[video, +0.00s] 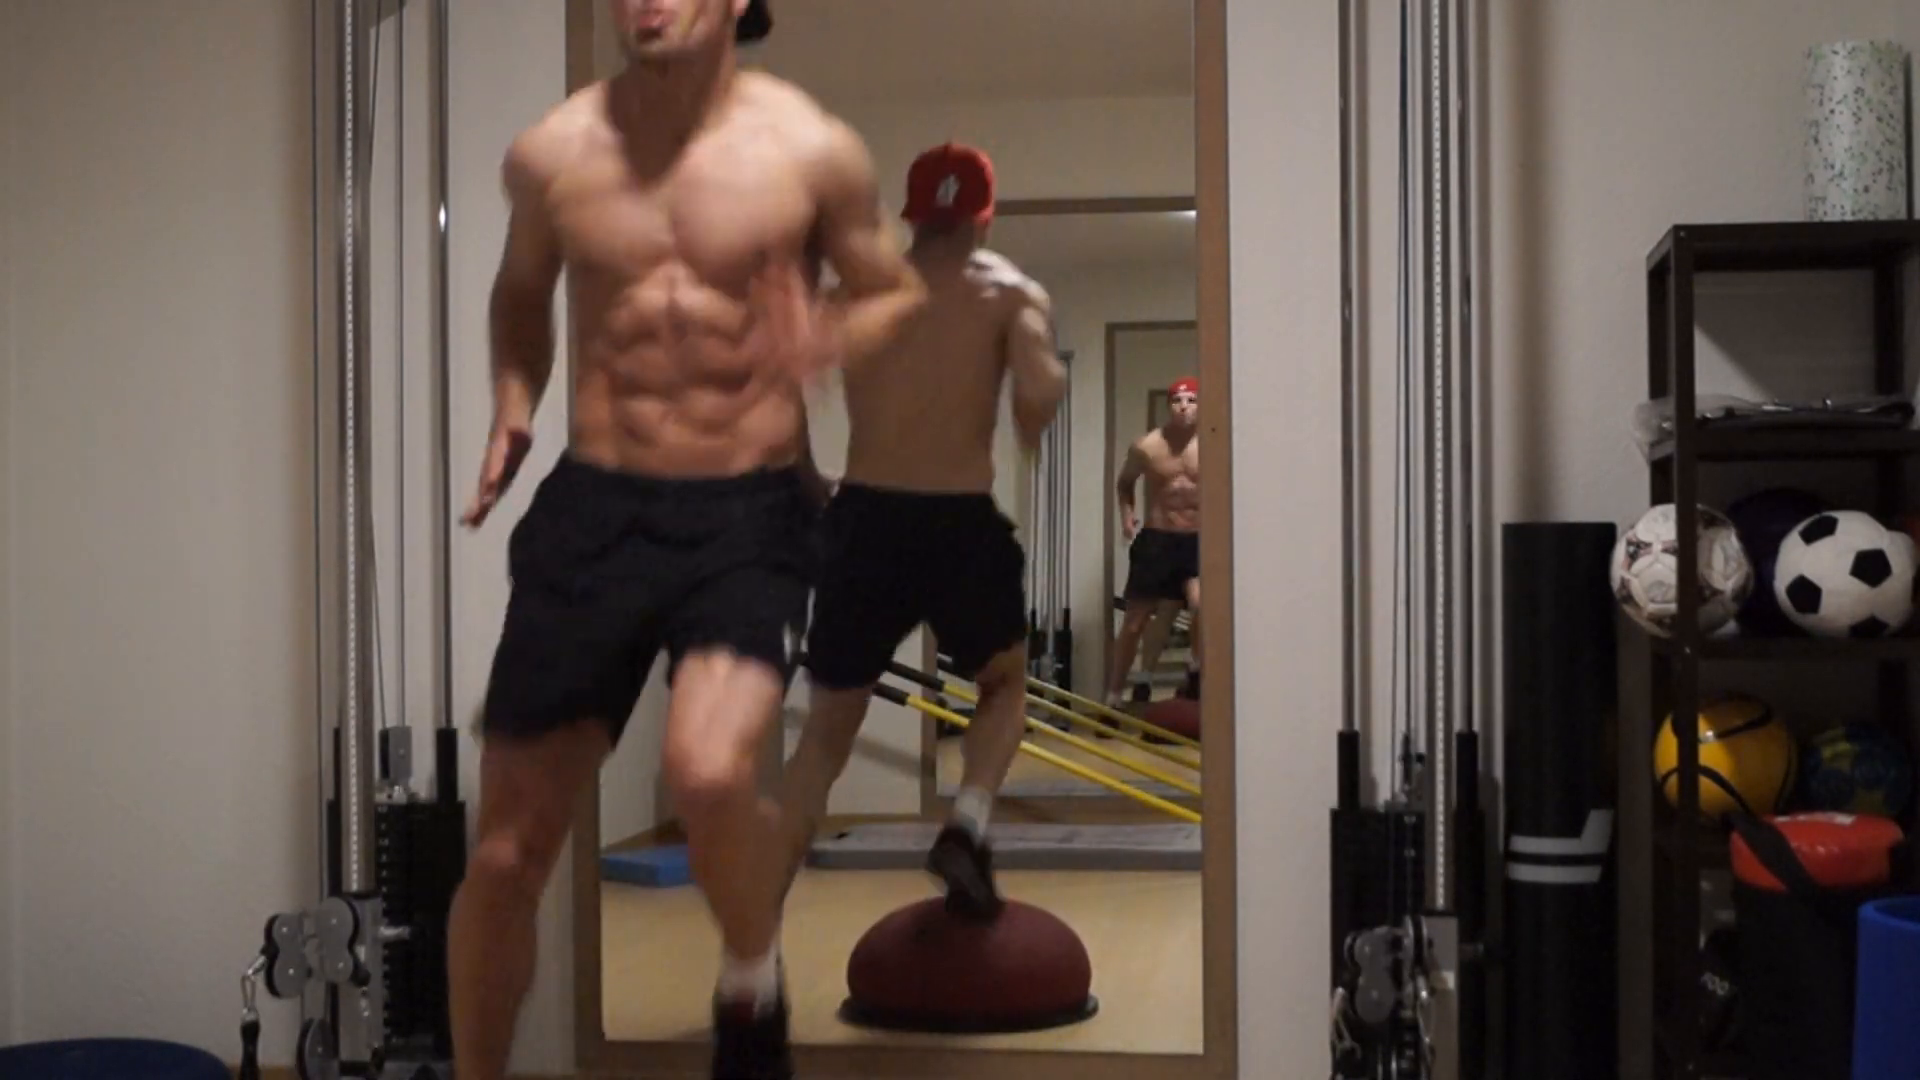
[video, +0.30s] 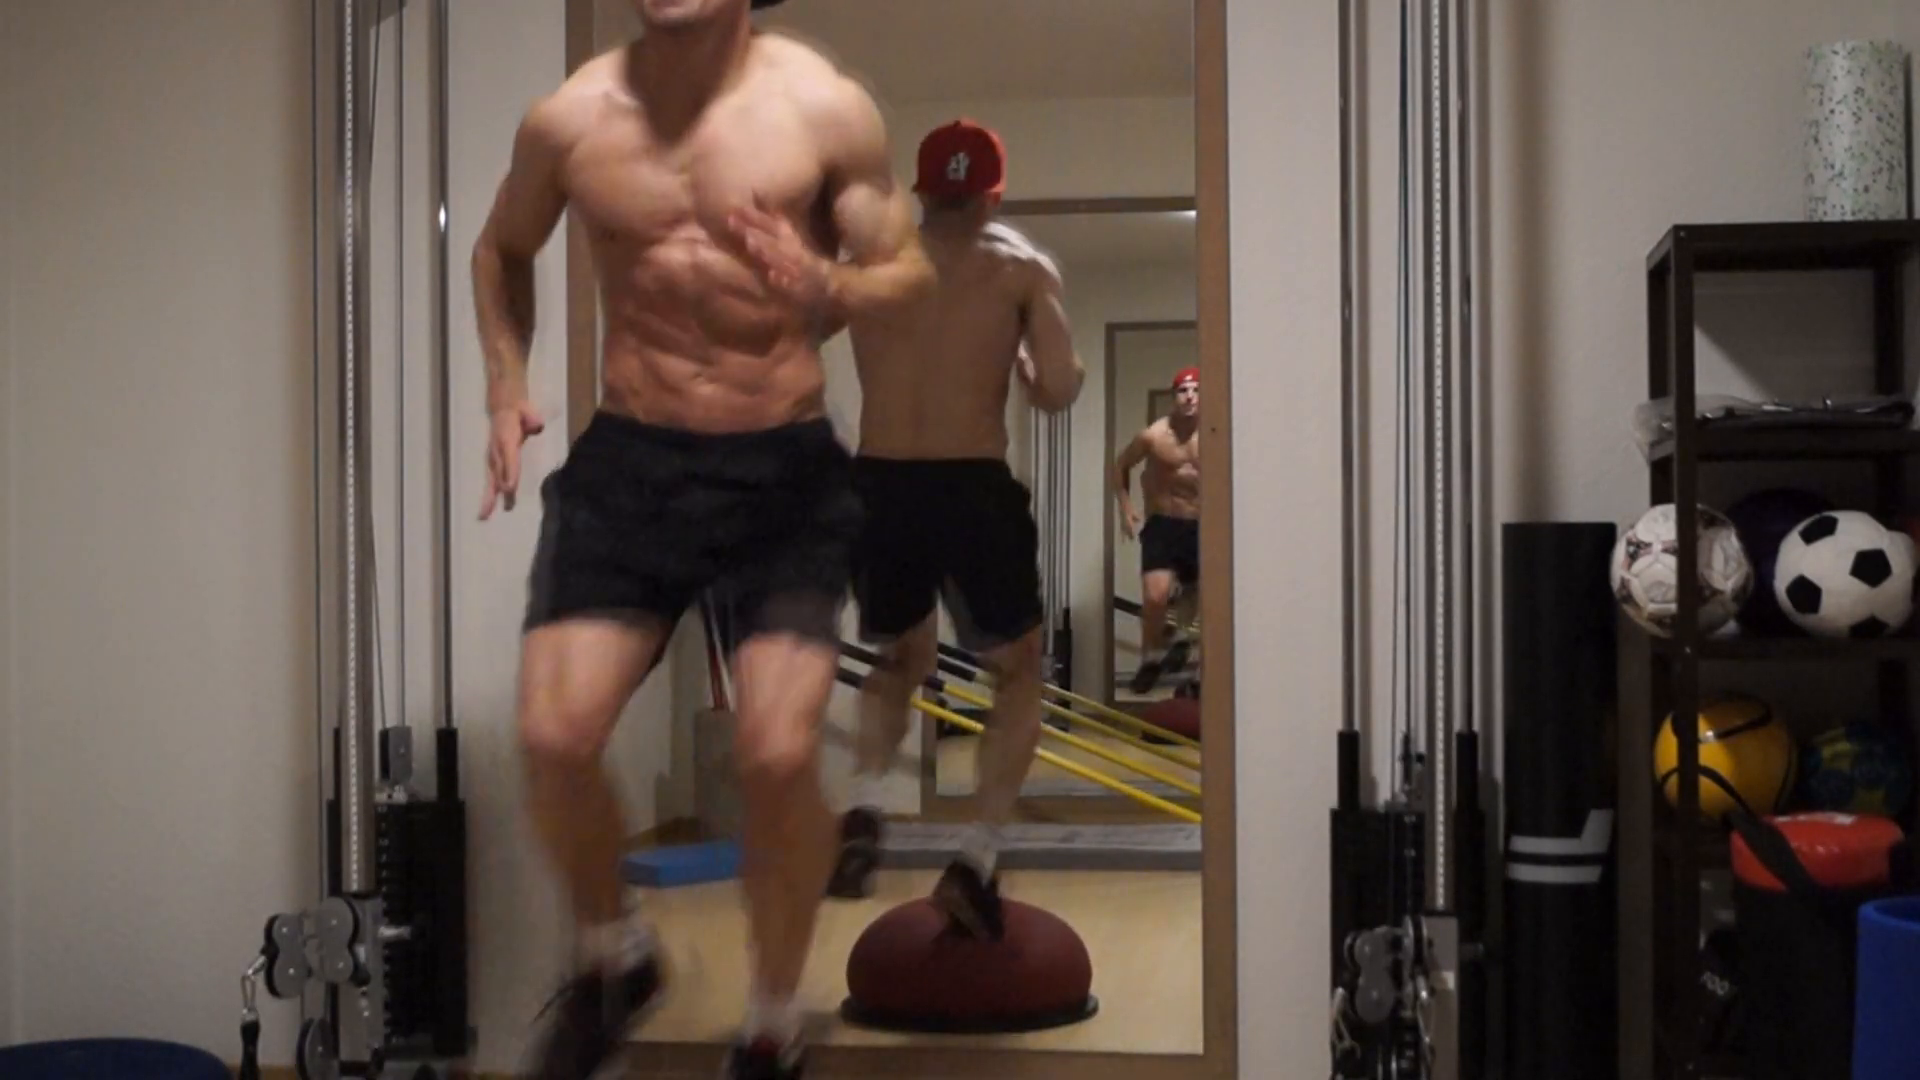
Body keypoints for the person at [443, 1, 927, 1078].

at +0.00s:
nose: (651, 3)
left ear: (735, 10)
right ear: (614, 10)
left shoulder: (814, 147)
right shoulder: (553, 153)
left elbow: (896, 289)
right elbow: (523, 294)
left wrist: (829, 334)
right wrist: (513, 405)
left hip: (752, 518)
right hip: (593, 515)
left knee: (708, 774)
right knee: (503, 856)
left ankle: (750, 986)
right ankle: (475, 1072)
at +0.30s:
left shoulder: (827, 104)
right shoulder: (572, 118)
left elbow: (906, 273)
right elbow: (503, 254)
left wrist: (824, 286)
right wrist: (507, 390)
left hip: (785, 474)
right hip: (627, 469)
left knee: (777, 757)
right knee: (554, 735)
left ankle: (773, 1026)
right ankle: (611, 958)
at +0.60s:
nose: (729, 23)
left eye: (763, 3)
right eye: (713, 6)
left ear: (821, 35)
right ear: (694, 39)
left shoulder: (891, 185)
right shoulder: (642, 206)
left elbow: (981, 368)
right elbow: (613, 343)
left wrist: (878, 372)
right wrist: (603, 459)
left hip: (875, 545)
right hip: (722, 538)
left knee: (928, 880)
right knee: (630, 718)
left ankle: (995, 1071)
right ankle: (676, 940)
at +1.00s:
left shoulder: (805, 67)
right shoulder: (563, 73)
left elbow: (895, 245)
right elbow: (541, 206)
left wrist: (771, 239)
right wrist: (522, 337)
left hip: (747, 435)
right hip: (599, 422)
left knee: (690, 760)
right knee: (489, 705)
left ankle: (735, 1046)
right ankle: (526, 970)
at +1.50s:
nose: (753, 6)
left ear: (836, 24)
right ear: (713, 19)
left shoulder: (883, 142)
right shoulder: (661, 149)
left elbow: (967, 81)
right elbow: (521, 157)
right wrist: (557, 5)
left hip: (865, 537)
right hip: (711, 538)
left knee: (935, 858)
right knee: (651, 862)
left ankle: (962, 1070)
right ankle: (652, 1076)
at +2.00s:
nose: (739, 500)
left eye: (768, 468)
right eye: (714, 467)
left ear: (824, 450)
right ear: (688, 455)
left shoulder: (902, 566)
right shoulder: (648, 575)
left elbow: (911, 809)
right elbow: (657, 810)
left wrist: (894, 1032)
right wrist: (651, 1031)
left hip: (884, 722)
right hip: (740, 732)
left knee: (1001, 893)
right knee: (575, 892)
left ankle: (985, 1066)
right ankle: (616, 1065)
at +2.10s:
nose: (742, 624)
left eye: (772, 590)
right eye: (715, 589)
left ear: (826, 566)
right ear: (692, 570)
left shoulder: (904, 659)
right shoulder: (650, 661)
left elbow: (906, 895)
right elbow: (665, 892)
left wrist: (899, 1070)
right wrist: (662, 1068)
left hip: (885, 776)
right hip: (736, 782)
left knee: (1000, 903)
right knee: (572, 899)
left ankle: (995, 1071)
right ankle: (625, 1070)